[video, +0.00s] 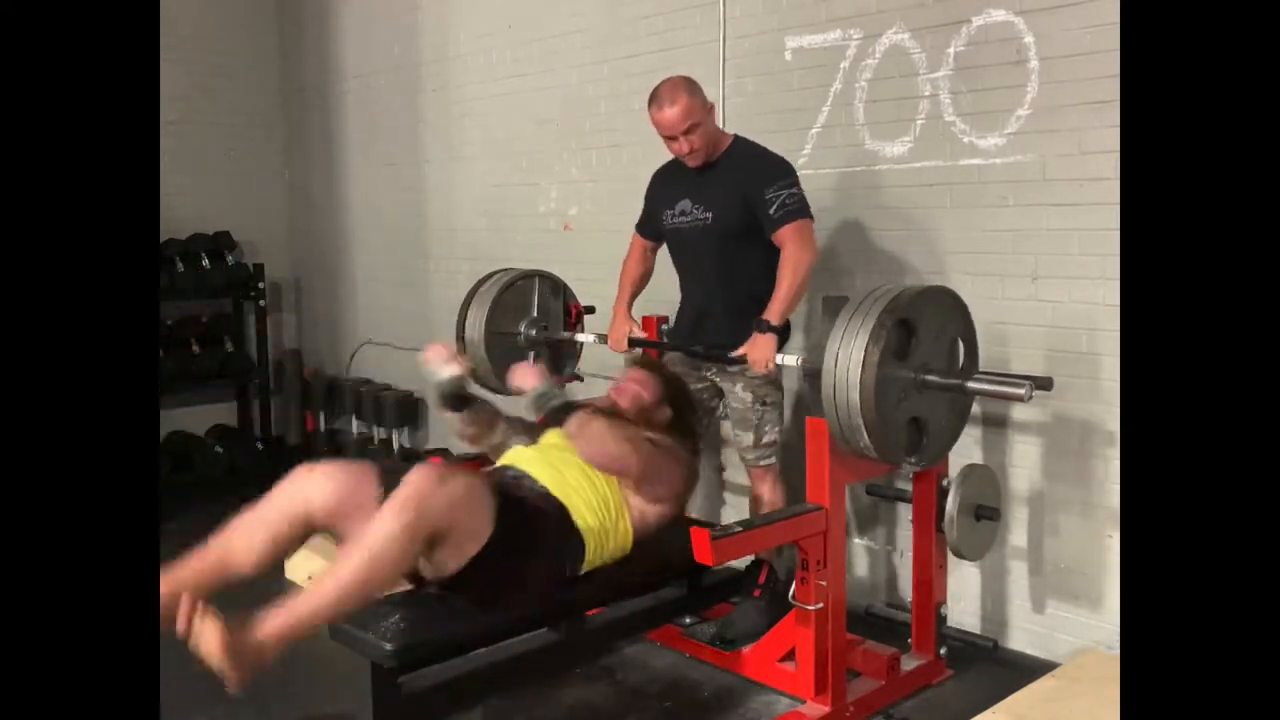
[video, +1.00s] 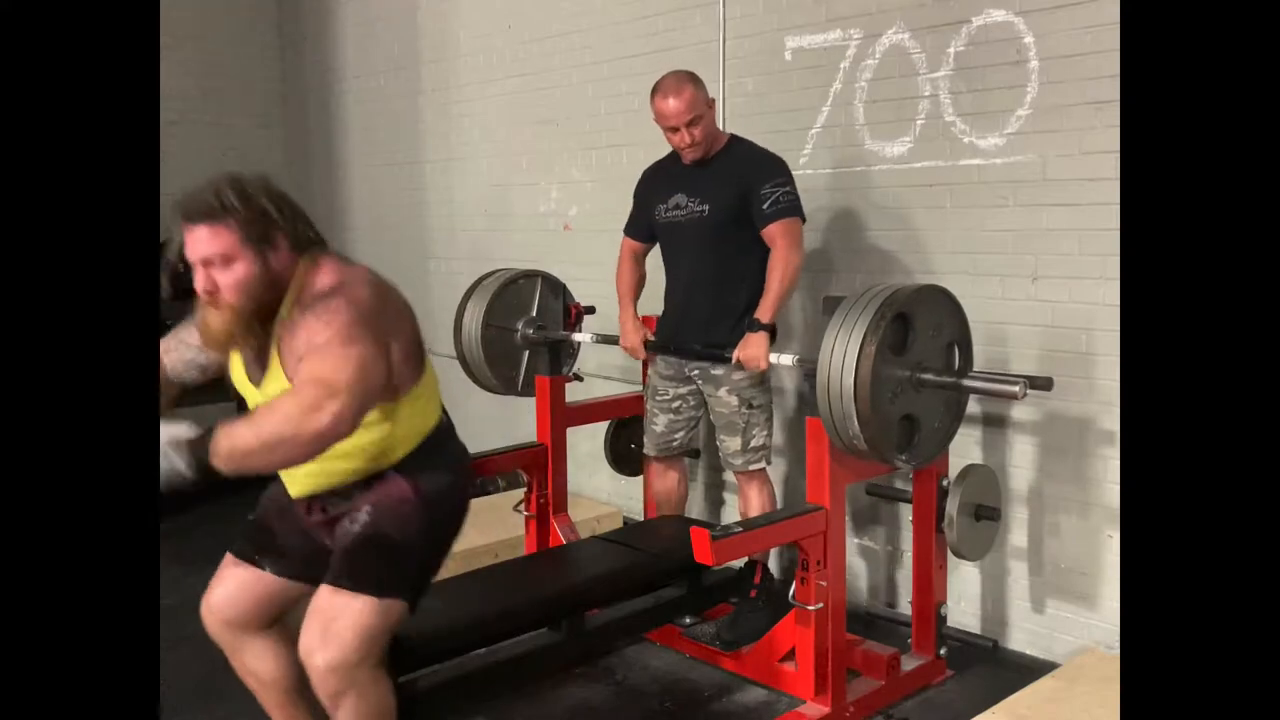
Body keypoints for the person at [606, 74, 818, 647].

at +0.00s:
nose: (682, 147)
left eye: (689, 131)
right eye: (670, 139)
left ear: (712, 113)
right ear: (659, 134)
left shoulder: (765, 171)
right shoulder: (665, 183)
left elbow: (800, 251)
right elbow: (642, 250)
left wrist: (770, 328)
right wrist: (621, 308)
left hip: (749, 356)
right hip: (686, 351)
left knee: (761, 472)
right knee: (688, 468)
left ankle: (773, 591)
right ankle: (693, 578)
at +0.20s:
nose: (672, 148)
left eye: (679, 133)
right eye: (660, 140)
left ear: (700, 115)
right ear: (649, 136)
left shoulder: (751, 171)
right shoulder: (654, 188)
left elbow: (779, 247)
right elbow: (626, 259)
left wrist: (763, 326)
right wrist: (617, 322)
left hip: (743, 349)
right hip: (680, 350)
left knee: (753, 463)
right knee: (664, 451)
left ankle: (768, 581)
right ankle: (666, 567)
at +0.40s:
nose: (669, 148)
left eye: (676, 134)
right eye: (657, 141)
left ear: (697, 121)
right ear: (647, 140)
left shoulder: (743, 177)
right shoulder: (648, 194)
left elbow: (767, 251)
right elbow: (622, 266)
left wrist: (761, 326)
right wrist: (623, 321)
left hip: (732, 356)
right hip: (669, 354)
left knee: (746, 463)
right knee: (650, 450)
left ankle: (764, 579)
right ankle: (663, 562)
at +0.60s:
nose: (673, 146)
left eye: (681, 133)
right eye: (662, 139)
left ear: (702, 123)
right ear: (651, 139)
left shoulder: (744, 180)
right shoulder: (650, 192)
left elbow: (771, 254)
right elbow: (625, 268)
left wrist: (764, 323)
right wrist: (631, 318)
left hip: (730, 358)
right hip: (666, 356)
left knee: (744, 463)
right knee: (646, 452)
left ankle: (766, 582)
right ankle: (664, 563)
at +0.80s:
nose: (677, 139)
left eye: (685, 125)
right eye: (665, 131)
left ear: (705, 113)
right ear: (652, 128)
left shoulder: (752, 172)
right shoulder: (651, 184)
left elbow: (782, 252)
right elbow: (631, 261)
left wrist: (766, 325)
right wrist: (636, 316)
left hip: (733, 355)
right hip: (668, 354)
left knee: (745, 465)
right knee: (655, 456)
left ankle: (761, 587)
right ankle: (661, 576)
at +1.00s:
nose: (683, 138)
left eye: (691, 123)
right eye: (671, 129)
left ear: (712, 108)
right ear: (658, 124)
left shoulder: (761, 169)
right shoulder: (657, 180)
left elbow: (789, 249)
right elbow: (632, 253)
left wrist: (762, 326)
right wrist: (628, 314)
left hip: (735, 355)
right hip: (670, 354)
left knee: (748, 469)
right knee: (661, 460)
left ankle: (760, 588)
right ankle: (663, 577)